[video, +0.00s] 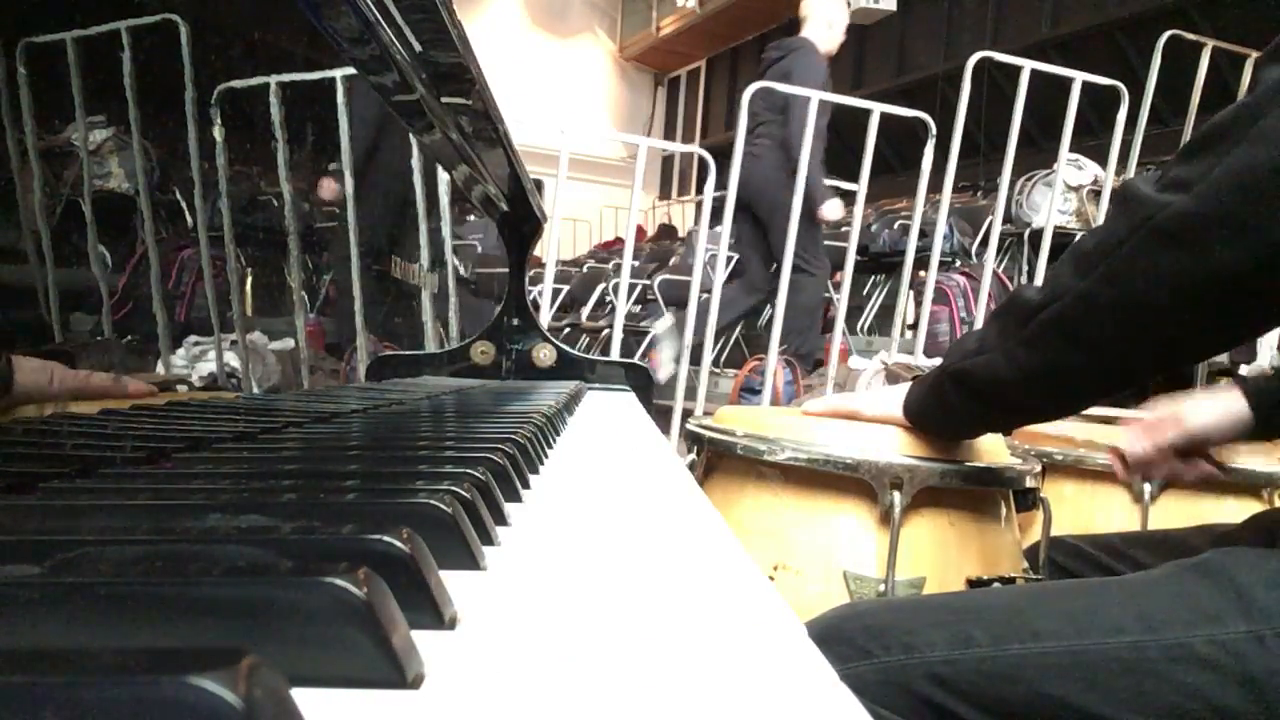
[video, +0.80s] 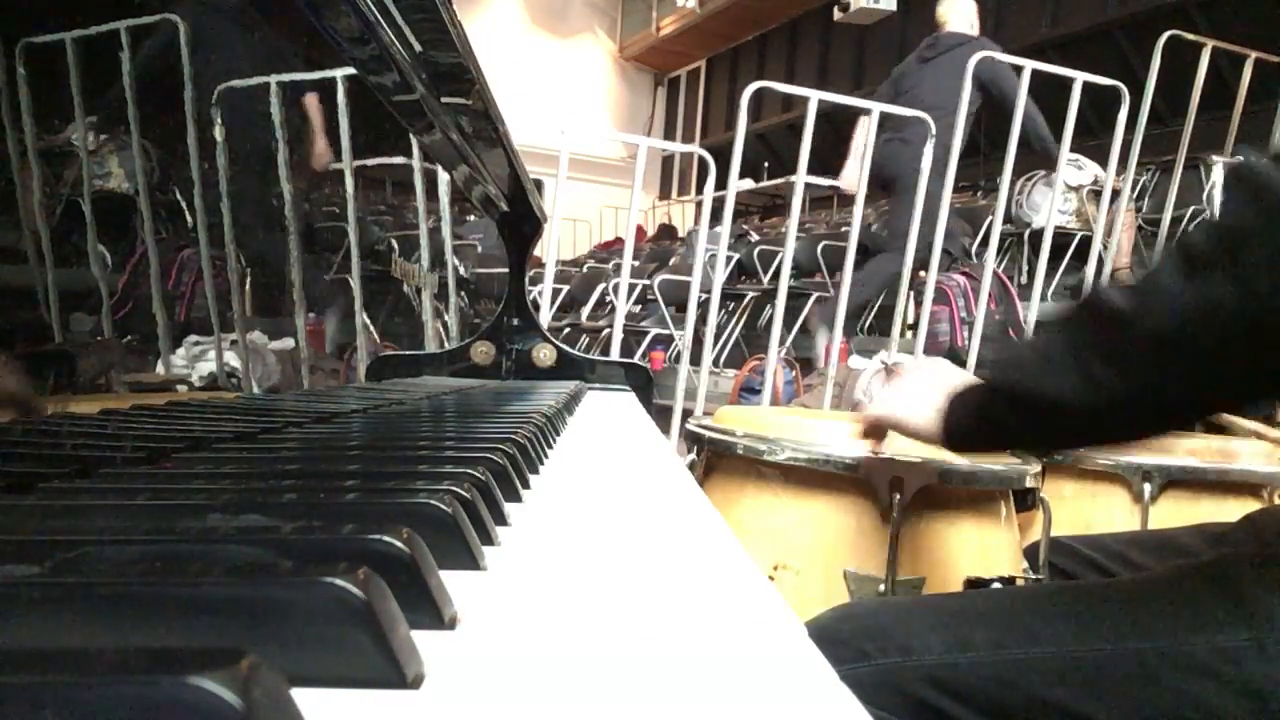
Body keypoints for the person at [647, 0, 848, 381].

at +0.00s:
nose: (843, 37)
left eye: (844, 29)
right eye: (841, 27)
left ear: (807, 21)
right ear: (823, 22)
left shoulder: (781, 57)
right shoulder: (809, 60)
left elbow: (763, 127)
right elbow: (803, 133)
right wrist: (822, 195)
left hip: (745, 173)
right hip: (773, 174)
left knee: (757, 278)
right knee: (811, 266)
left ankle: (678, 331)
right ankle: (792, 368)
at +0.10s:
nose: (855, 26)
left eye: (856, 18)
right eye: (854, 16)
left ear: (821, 11)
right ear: (841, 11)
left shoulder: (794, 48)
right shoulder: (823, 46)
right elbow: (830, 122)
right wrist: (857, 184)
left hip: (762, 164)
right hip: (789, 163)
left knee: (797, 262)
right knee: (812, 265)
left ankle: (731, 304)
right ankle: (798, 363)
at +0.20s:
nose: (867, 23)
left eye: (869, 15)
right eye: (868, 13)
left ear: (835, 7)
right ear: (857, 8)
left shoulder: (809, 42)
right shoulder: (842, 42)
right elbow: (855, 119)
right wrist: (884, 175)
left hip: (785, 155)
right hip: (810, 159)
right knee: (809, 261)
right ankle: (797, 356)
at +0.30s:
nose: (883, 22)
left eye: (884, 15)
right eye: (882, 13)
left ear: (844, 9)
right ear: (869, 10)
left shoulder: (817, 46)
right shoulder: (861, 43)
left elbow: (785, 121)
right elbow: (882, 115)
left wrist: (783, 176)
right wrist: (906, 173)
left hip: (803, 157)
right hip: (827, 159)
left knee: (878, 225)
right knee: (810, 256)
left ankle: (866, 320)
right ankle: (796, 353)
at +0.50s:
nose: (924, 29)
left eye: (922, 21)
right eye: (921, 21)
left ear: (884, 23)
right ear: (908, 22)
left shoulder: (849, 64)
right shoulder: (907, 61)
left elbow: (808, 127)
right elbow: (932, 124)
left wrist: (793, 179)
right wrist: (949, 172)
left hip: (826, 172)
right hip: (857, 176)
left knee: (927, 231)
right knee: (827, 266)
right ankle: (795, 358)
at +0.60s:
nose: (947, 35)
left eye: (945, 28)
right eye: (944, 28)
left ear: (907, 32)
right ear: (937, 31)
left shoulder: (877, 69)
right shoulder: (937, 66)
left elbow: (830, 119)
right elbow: (967, 119)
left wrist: (806, 174)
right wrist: (995, 165)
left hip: (847, 170)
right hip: (879, 174)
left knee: (939, 237)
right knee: (841, 261)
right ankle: (795, 354)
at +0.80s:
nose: (979, 23)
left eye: (974, 16)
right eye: (977, 17)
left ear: (939, 24)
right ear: (973, 20)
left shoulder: (914, 59)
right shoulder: (977, 53)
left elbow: (874, 108)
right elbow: (1020, 103)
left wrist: (852, 165)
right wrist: (1055, 154)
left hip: (883, 158)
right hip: (922, 162)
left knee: (954, 238)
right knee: (903, 250)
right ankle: (831, 319)